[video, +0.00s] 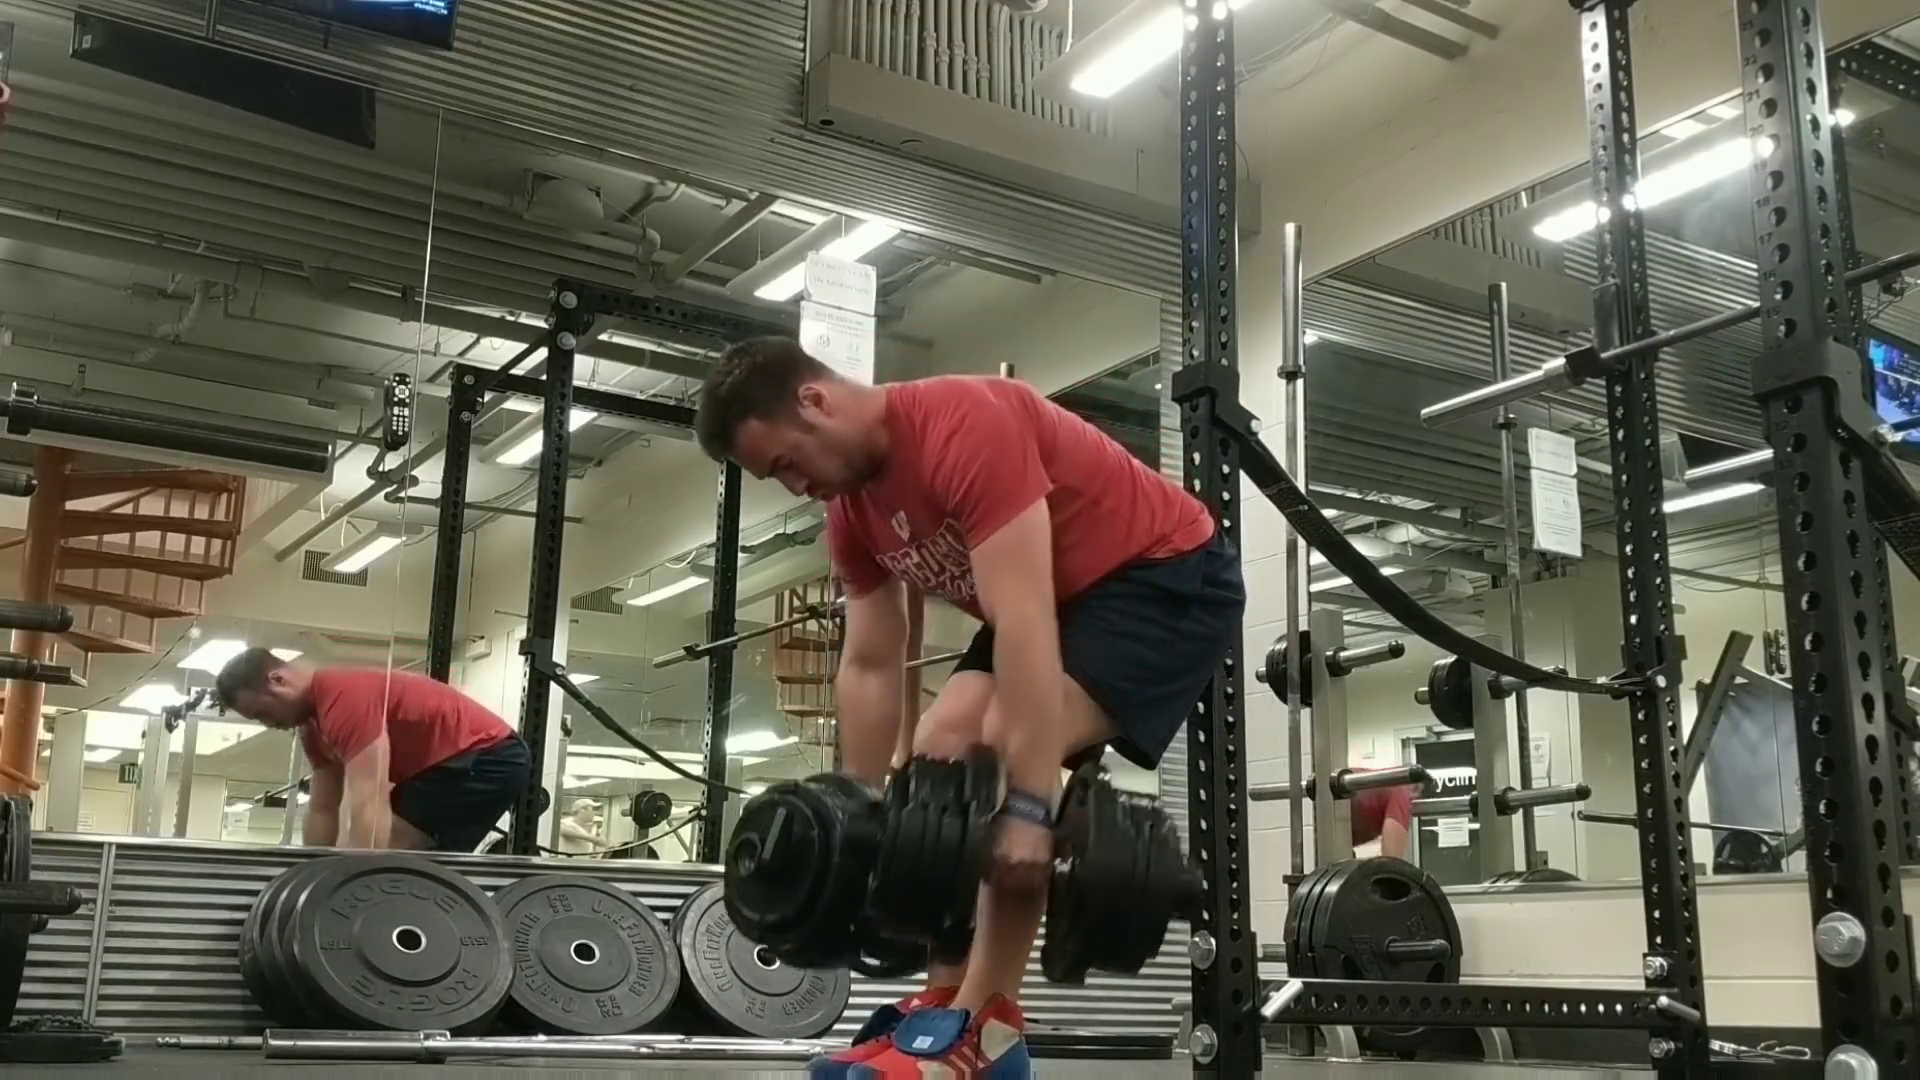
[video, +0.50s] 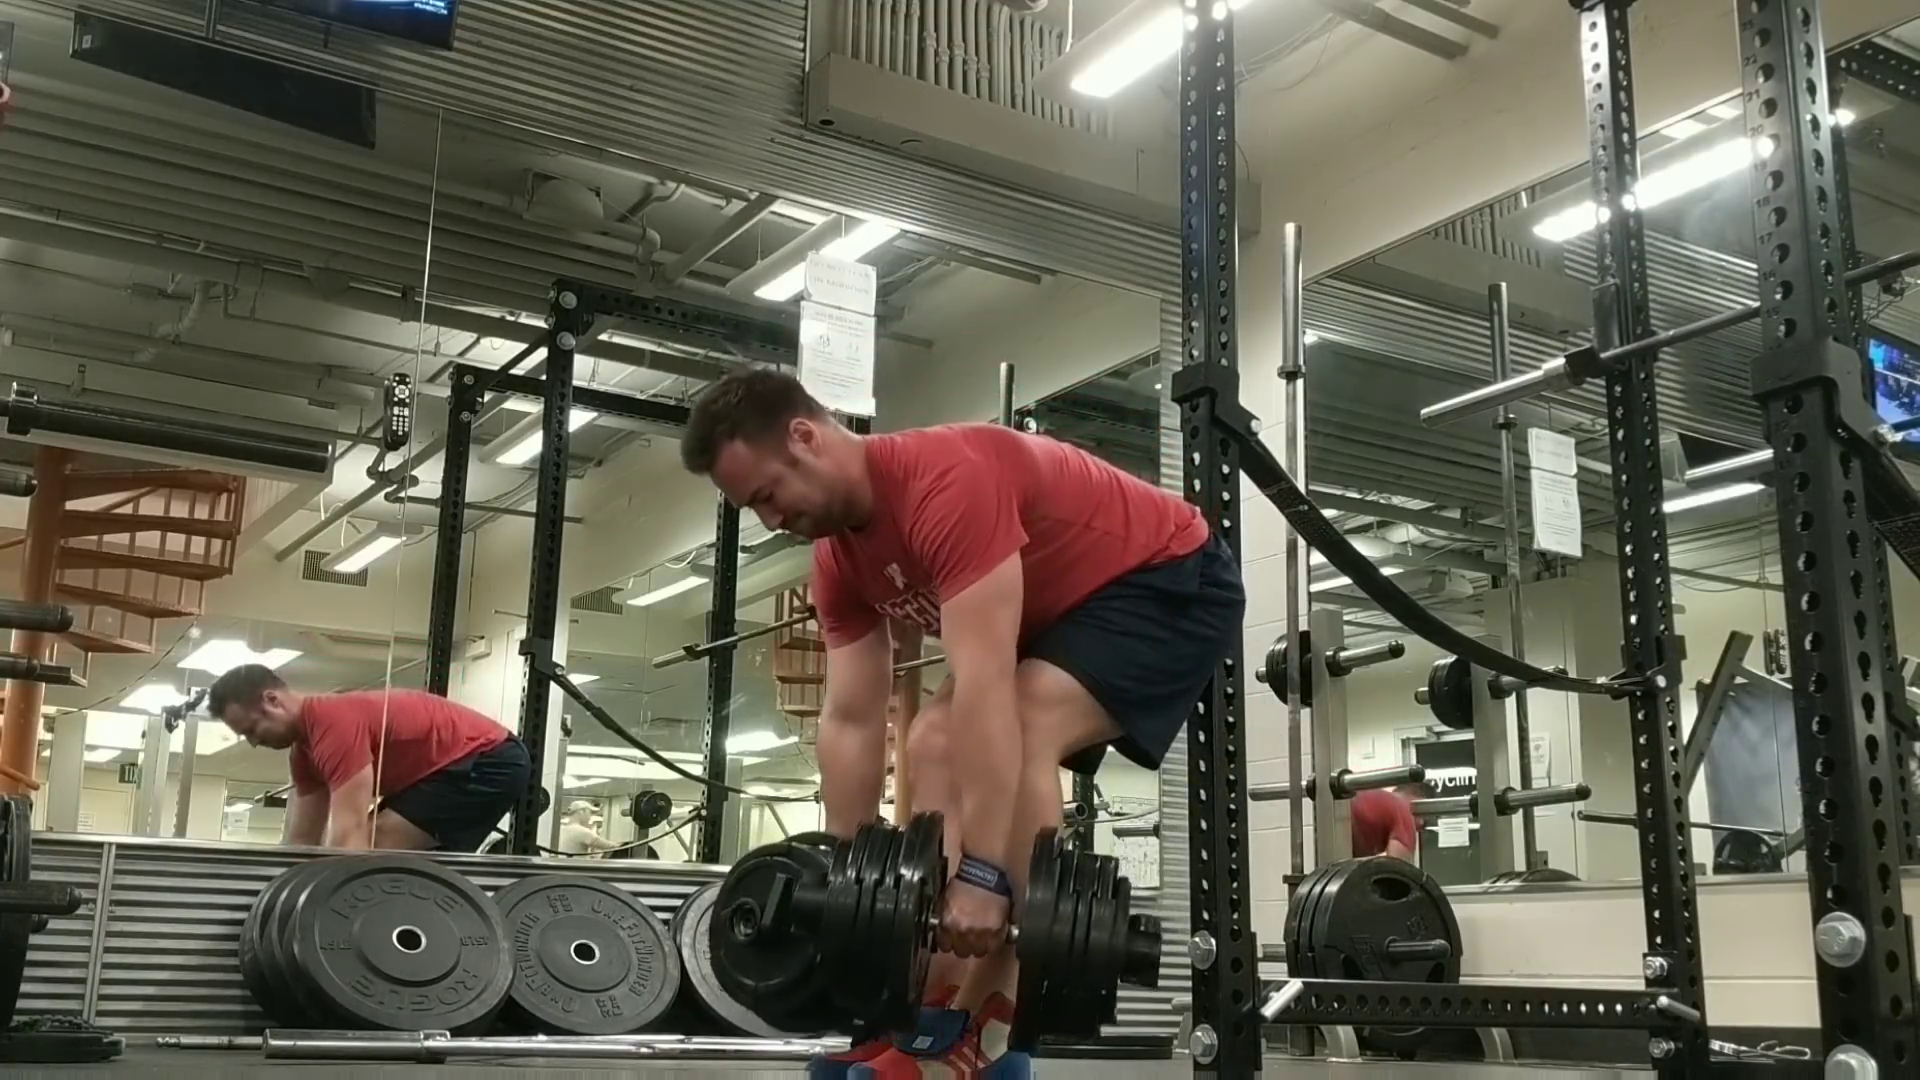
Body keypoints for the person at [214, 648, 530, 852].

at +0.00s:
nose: (268, 725)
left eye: (261, 714)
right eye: (258, 720)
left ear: (277, 681)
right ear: (278, 681)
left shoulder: (346, 696)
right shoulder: (314, 725)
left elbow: (366, 813)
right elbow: (323, 811)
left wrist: (342, 901)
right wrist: (304, 890)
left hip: (488, 758)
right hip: (453, 768)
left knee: (382, 848)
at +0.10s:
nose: (261, 731)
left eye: (255, 718)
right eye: (251, 724)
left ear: (273, 687)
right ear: (273, 686)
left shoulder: (341, 707)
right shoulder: (308, 734)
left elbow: (359, 817)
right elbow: (315, 819)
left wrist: (346, 914)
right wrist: (298, 901)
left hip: (488, 759)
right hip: (451, 769)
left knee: (379, 839)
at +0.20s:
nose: (255, 737)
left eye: (251, 724)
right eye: (246, 730)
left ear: (273, 694)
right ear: (273, 694)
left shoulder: (337, 715)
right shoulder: (306, 741)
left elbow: (354, 827)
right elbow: (308, 830)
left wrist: (341, 923)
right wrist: (297, 912)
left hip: (488, 761)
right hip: (454, 770)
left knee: (378, 841)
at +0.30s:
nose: (252, 742)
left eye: (249, 730)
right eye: (244, 735)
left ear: (272, 699)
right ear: (271, 701)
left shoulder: (335, 722)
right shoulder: (304, 748)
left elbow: (351, 832)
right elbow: (302, 838)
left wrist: (329, 924)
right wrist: (280, 910)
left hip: (489, 761)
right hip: (456, 770)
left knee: (375, 842)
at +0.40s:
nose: (251, 744)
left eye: (249, 731)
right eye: (243, 737)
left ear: (272, 702)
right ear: (271, 703)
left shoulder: (335, 725)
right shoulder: (305, 751)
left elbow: (349, 836)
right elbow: (300, 839)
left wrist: (329, 928)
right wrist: (275, 911)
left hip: (489, 761)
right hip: (460, 769)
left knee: (378, 842)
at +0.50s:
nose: (252, 741)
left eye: (249, 729)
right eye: (244, 735)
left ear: (273, 700)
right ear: (273, 703)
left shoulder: (335, 723)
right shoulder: (305, 748)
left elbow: (351, 834)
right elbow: (301, 840)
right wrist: (274, 910)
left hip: (489, 760)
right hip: (460, 768)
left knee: (380, 839)